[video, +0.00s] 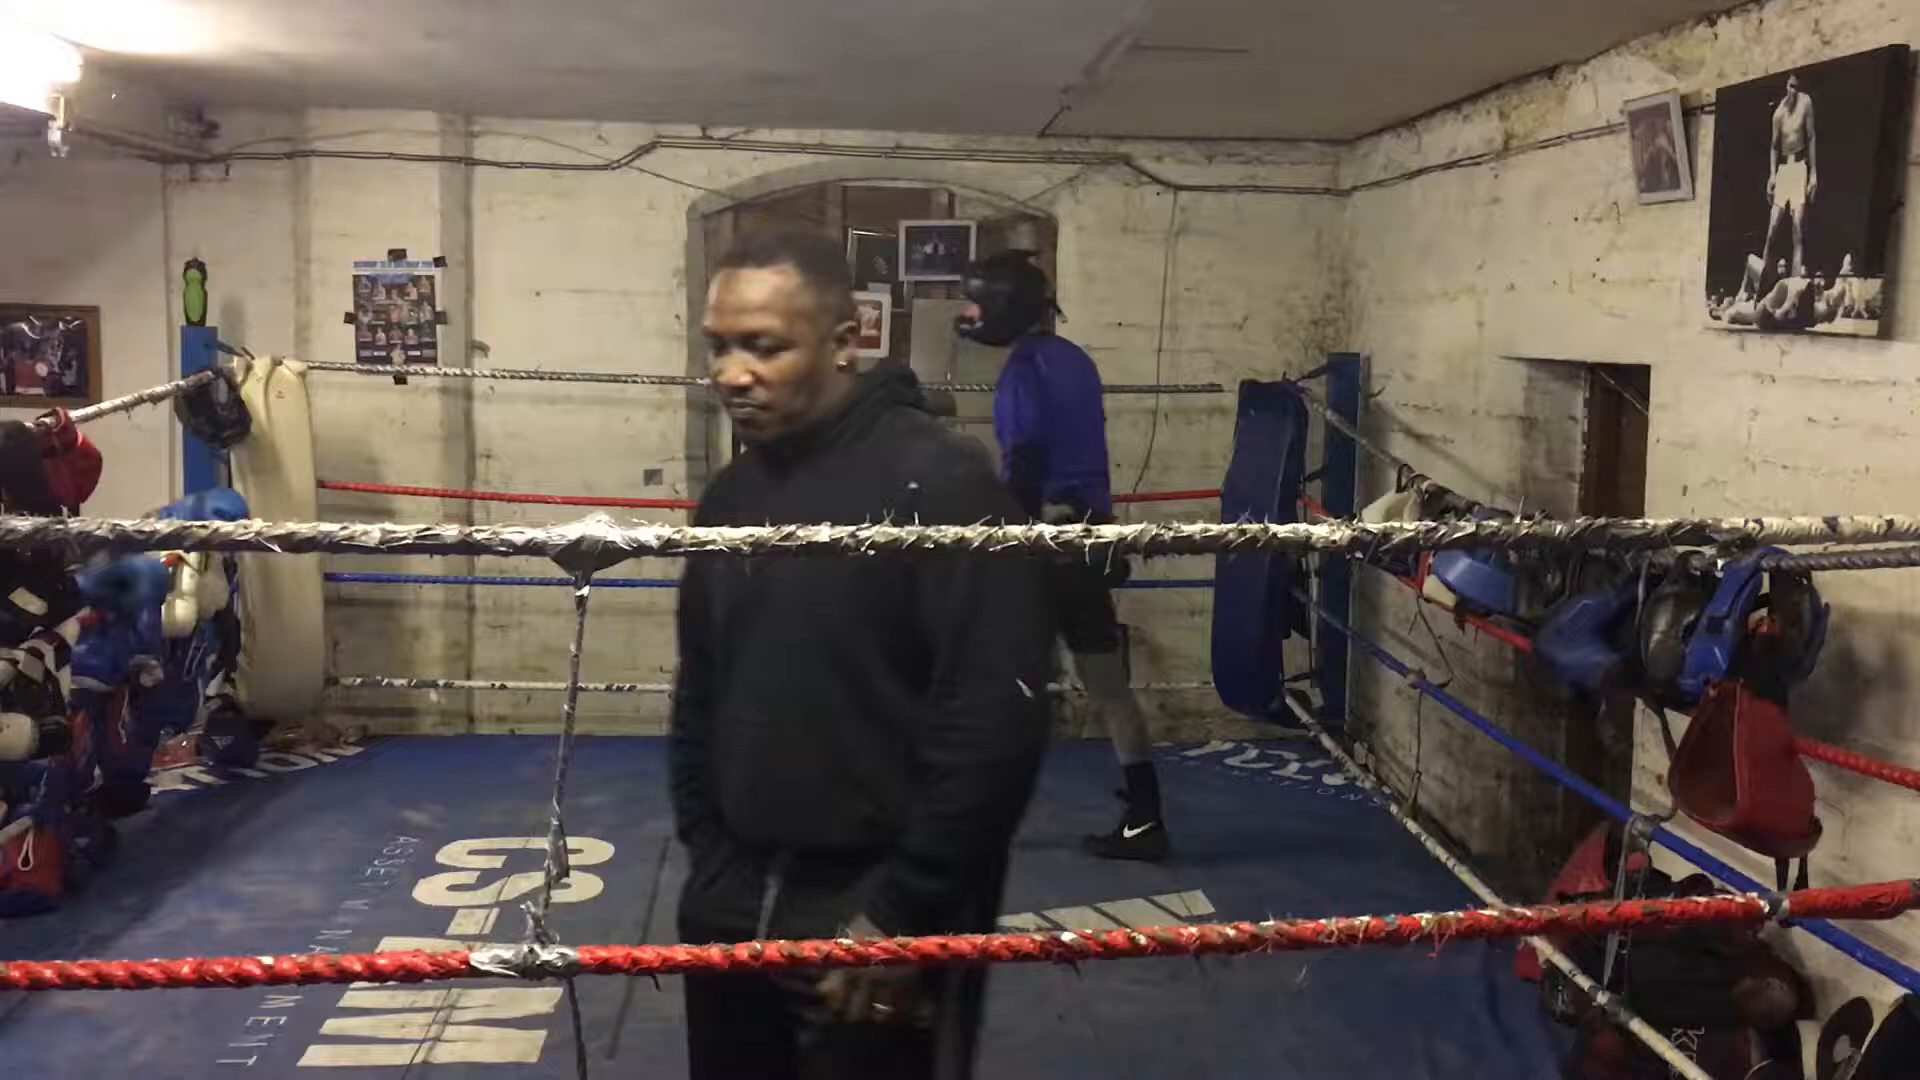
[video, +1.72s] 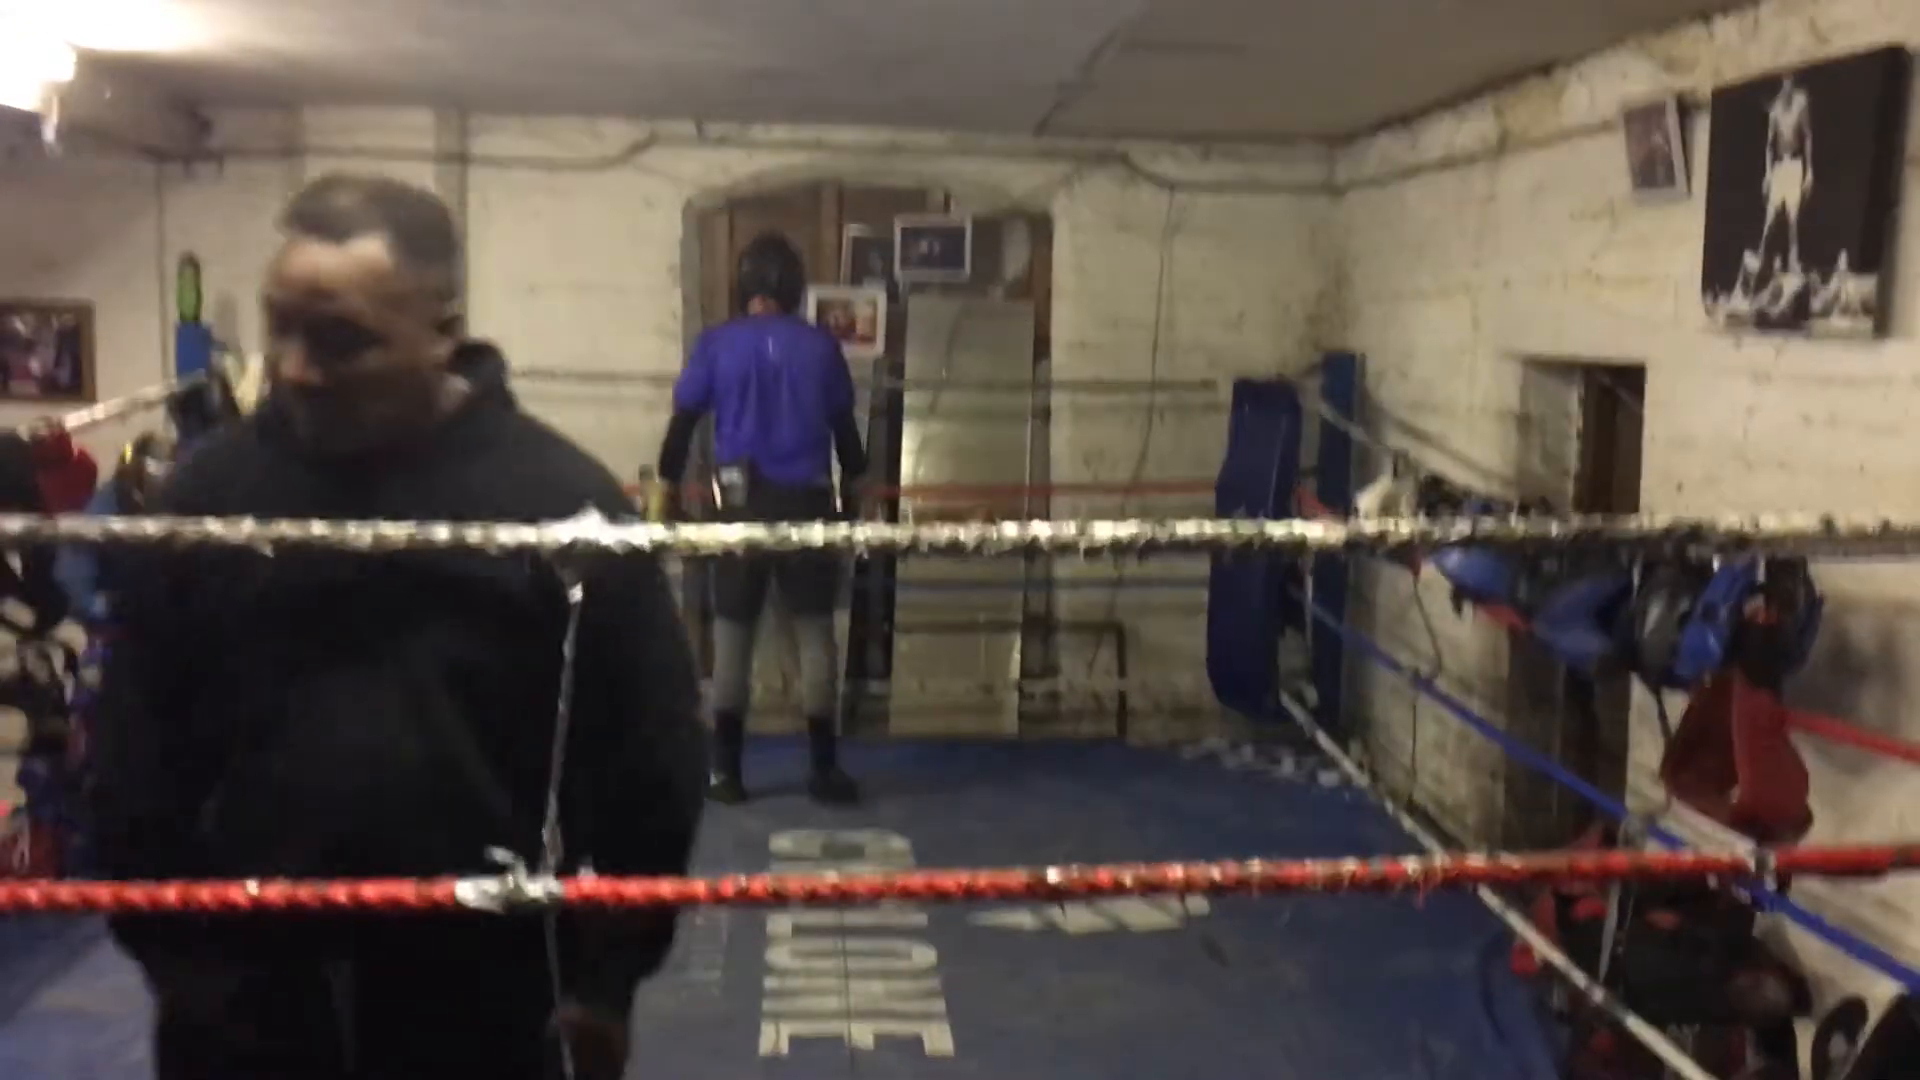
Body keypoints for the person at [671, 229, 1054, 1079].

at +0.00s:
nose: (733, 374)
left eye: (763, 348)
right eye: (719, 347)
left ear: (847, 341)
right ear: (707, 343)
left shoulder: (947, 488)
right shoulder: (730, 497)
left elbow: (996, 724)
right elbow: (698, 694)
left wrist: (897, 917)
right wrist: (711, 859)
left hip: (888, 900)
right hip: (735, 883)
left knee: (871, 1066)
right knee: (731, 1067)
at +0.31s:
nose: (648, 353)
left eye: (680, 328)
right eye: (634, 325)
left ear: (760, 328)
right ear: (620, 320)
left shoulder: (864, 474)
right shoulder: (634, 483)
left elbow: (920, 709)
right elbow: (606, 688)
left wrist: (821, 895)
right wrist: (627, 862)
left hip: (812, 881)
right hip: (659, 876)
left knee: (794, 1067)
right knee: (683, 1064)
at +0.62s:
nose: (593, 369)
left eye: (631, 344)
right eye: (579, 336)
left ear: (715, 345)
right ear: (564, 323)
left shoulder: (805, 503)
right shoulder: (556, 479)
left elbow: (875, 758)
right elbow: (518, 690)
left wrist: (791, 970)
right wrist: (530, 875)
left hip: (719, 929)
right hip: (575, 909)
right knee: (602, 1060)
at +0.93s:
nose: (530, 378)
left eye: (573, 352)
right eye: (517, 339)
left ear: (664, 345)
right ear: (502, 316)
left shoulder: (759, 517)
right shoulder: (486, 470)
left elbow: (821, 784)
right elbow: (430, 689)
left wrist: (709, 1004)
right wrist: (434, 893)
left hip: (658, 985)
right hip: (468, 970)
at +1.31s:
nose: (482, 376)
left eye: (529, 349)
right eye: (470, 334)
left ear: (624, 345)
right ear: (458, 310)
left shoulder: (720, 521)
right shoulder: (397, 465)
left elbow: (794, 787)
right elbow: (317, 695)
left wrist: (699, 1014)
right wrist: (328, 897)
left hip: (608, 997)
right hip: (381, 979)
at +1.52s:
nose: (412, 375)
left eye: (461, 346)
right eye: (398, 333)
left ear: (557, 339)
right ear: (384, 312)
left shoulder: (668, 516)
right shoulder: (319, 477)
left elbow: (748, 774)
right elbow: (239, 715)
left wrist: (679, 998)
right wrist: (263, 936)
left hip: (564, 1007)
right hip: (331, 991)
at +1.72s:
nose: (294, 368)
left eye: (339, 339)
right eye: (280, 327)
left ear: (443, 333)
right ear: (262, 312)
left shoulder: (564, 507)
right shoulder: (198, 502)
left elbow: (652, 764)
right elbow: (132, 751)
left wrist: (601, 985)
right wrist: (181, 962)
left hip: (477, 1002)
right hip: (245, 998)